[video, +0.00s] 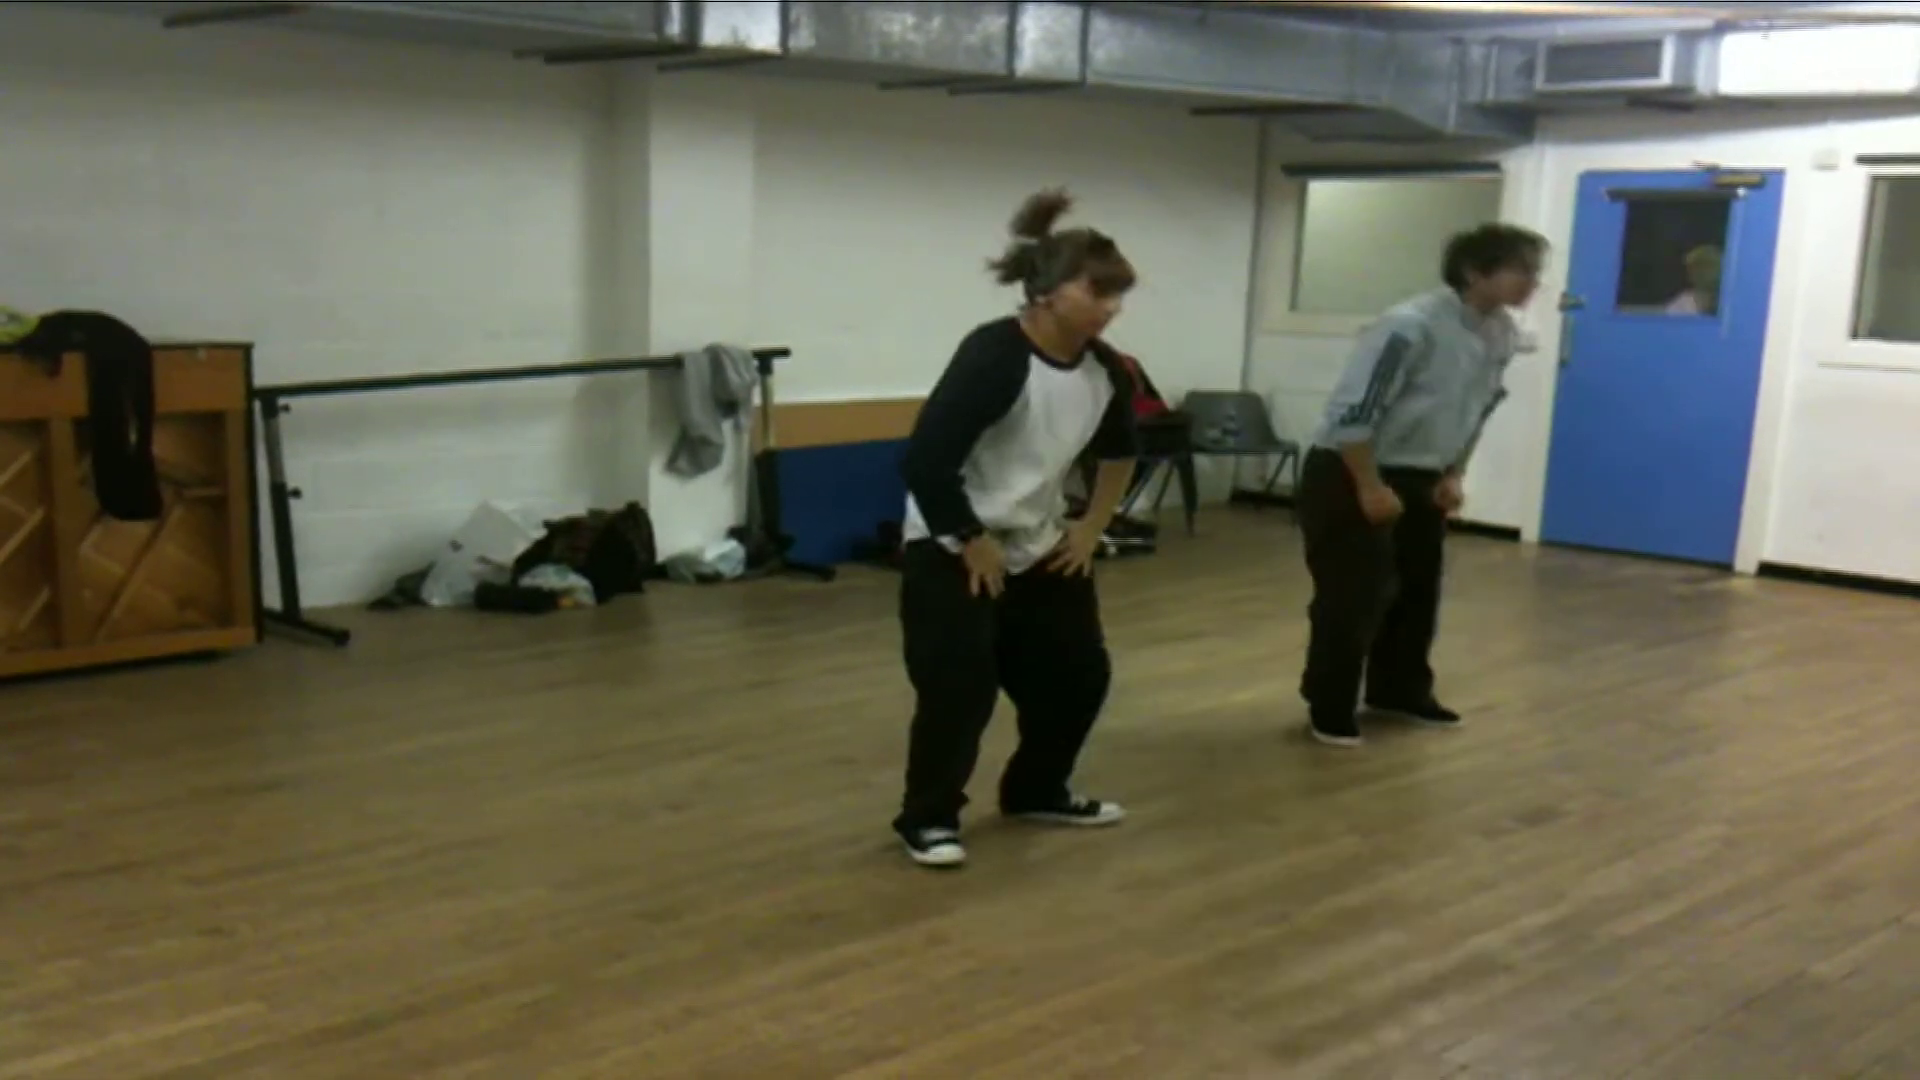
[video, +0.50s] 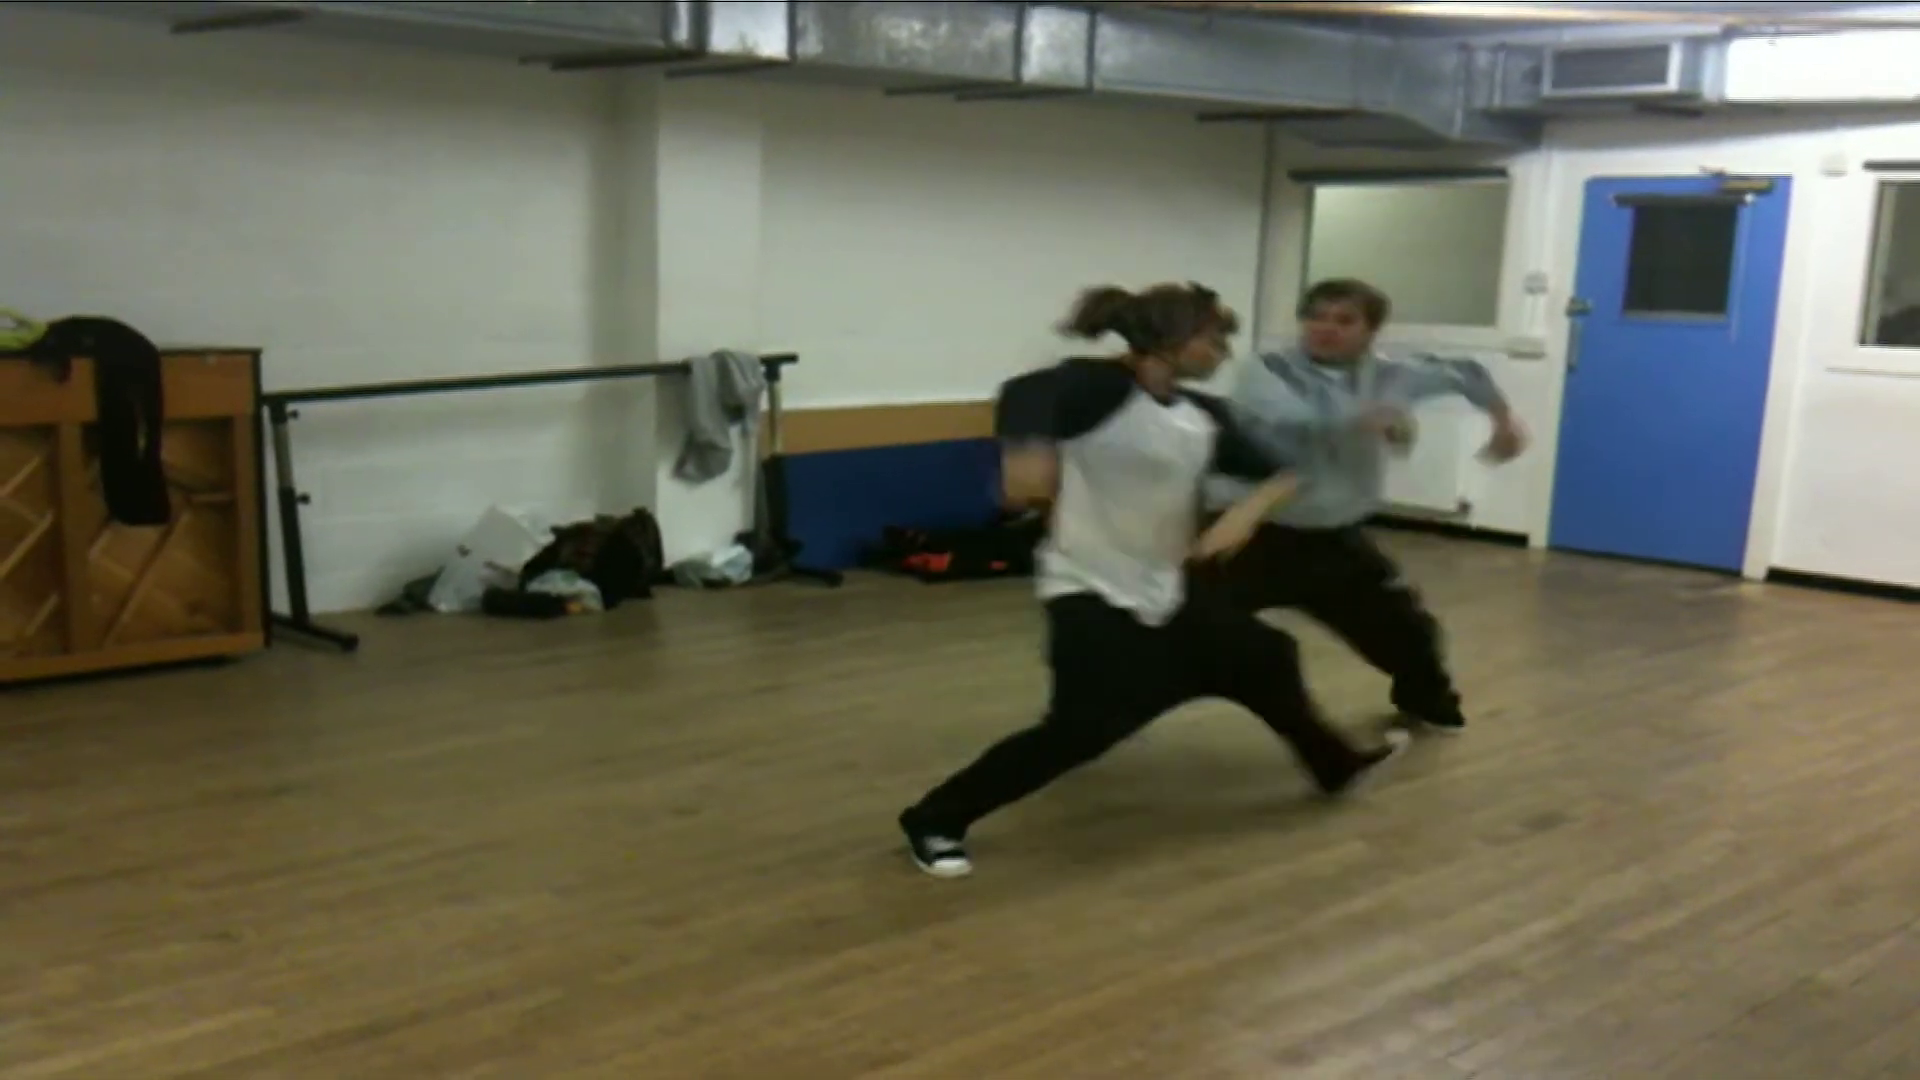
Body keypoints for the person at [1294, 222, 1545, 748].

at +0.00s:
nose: (1531, 285)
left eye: (1532, 274)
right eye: (1522, 272)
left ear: (1495, 279)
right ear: (1480, 273)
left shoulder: (1499, 336)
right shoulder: (1409, 326)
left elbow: (1476, 413)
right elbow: (1349, 417)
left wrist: (1453, 471)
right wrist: (1368, 484)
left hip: (1417, 476)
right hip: (1348, 470)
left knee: (1416, 587)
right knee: (1353, 590)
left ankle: (1399, 689)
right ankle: (1331, 706)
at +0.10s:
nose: (1484, 266)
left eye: (1489, 256)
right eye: (1471, 255)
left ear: (1493, 264)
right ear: (1436, 263)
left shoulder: (1483, 334)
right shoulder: (1386, 328)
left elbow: (1474, 412)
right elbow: (1348, 424)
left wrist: (1457, 476)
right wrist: (1373, 489)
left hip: (1425, 485)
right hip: (1356, 482)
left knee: (1417, 595)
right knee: (1361, 595)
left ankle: (1399, 690)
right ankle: (1333, 709)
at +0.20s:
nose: (1434, 263)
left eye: (1446, 253)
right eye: (1420, 254)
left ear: (1467, 264)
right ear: (1401, 266)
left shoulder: (1476, 330)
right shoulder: (1370, 329)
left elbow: (1462, 409)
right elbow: (1326, 422)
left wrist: (1448, 477)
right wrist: (1366, 485)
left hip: (1420, 484)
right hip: (1346, 481)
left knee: (1429, 590)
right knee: (1367, 588)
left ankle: (1405, 690)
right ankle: (1334, 707)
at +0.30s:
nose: (1412, 288)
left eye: (1426, 279)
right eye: (1399, 279)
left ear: (1449, 292)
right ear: (1383, 291)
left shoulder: (1460, 358)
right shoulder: (1349, 354)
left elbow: (1447, 437)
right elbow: (1314, 452)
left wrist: (1440, 503)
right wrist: (1337, 518)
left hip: (1400, 494)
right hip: (1328, 491)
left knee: (1439, 592)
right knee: (1349, 595)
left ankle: (1417, 690)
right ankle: (1328, 704)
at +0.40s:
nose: (1376, 321)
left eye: (1391, 311)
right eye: (1366, 311)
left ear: (1416, 323)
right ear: (1353, 322)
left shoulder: (1446, 383)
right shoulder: (1321, 377)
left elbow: (1477, 433)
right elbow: (1305, 465)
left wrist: (1460, 500)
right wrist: (1374, 509)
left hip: (1378, 526)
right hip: (1295, 522)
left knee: (1442, 633)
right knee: (1282, 622)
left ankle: (1416, 699)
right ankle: (1245, 708)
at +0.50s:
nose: (1327, 329)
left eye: (1344, 321)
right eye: (1317, 318)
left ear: (1368, 333)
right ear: (1303, 323)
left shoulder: (1379, 378)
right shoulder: (1266, 373)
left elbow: (1462, 373)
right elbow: (1280, 426)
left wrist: (1502, 418)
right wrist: (1358, 423)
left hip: (1334, 544)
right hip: (1252, 539)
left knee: (1407, 629)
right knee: (1188, 618)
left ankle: (1425, 702)